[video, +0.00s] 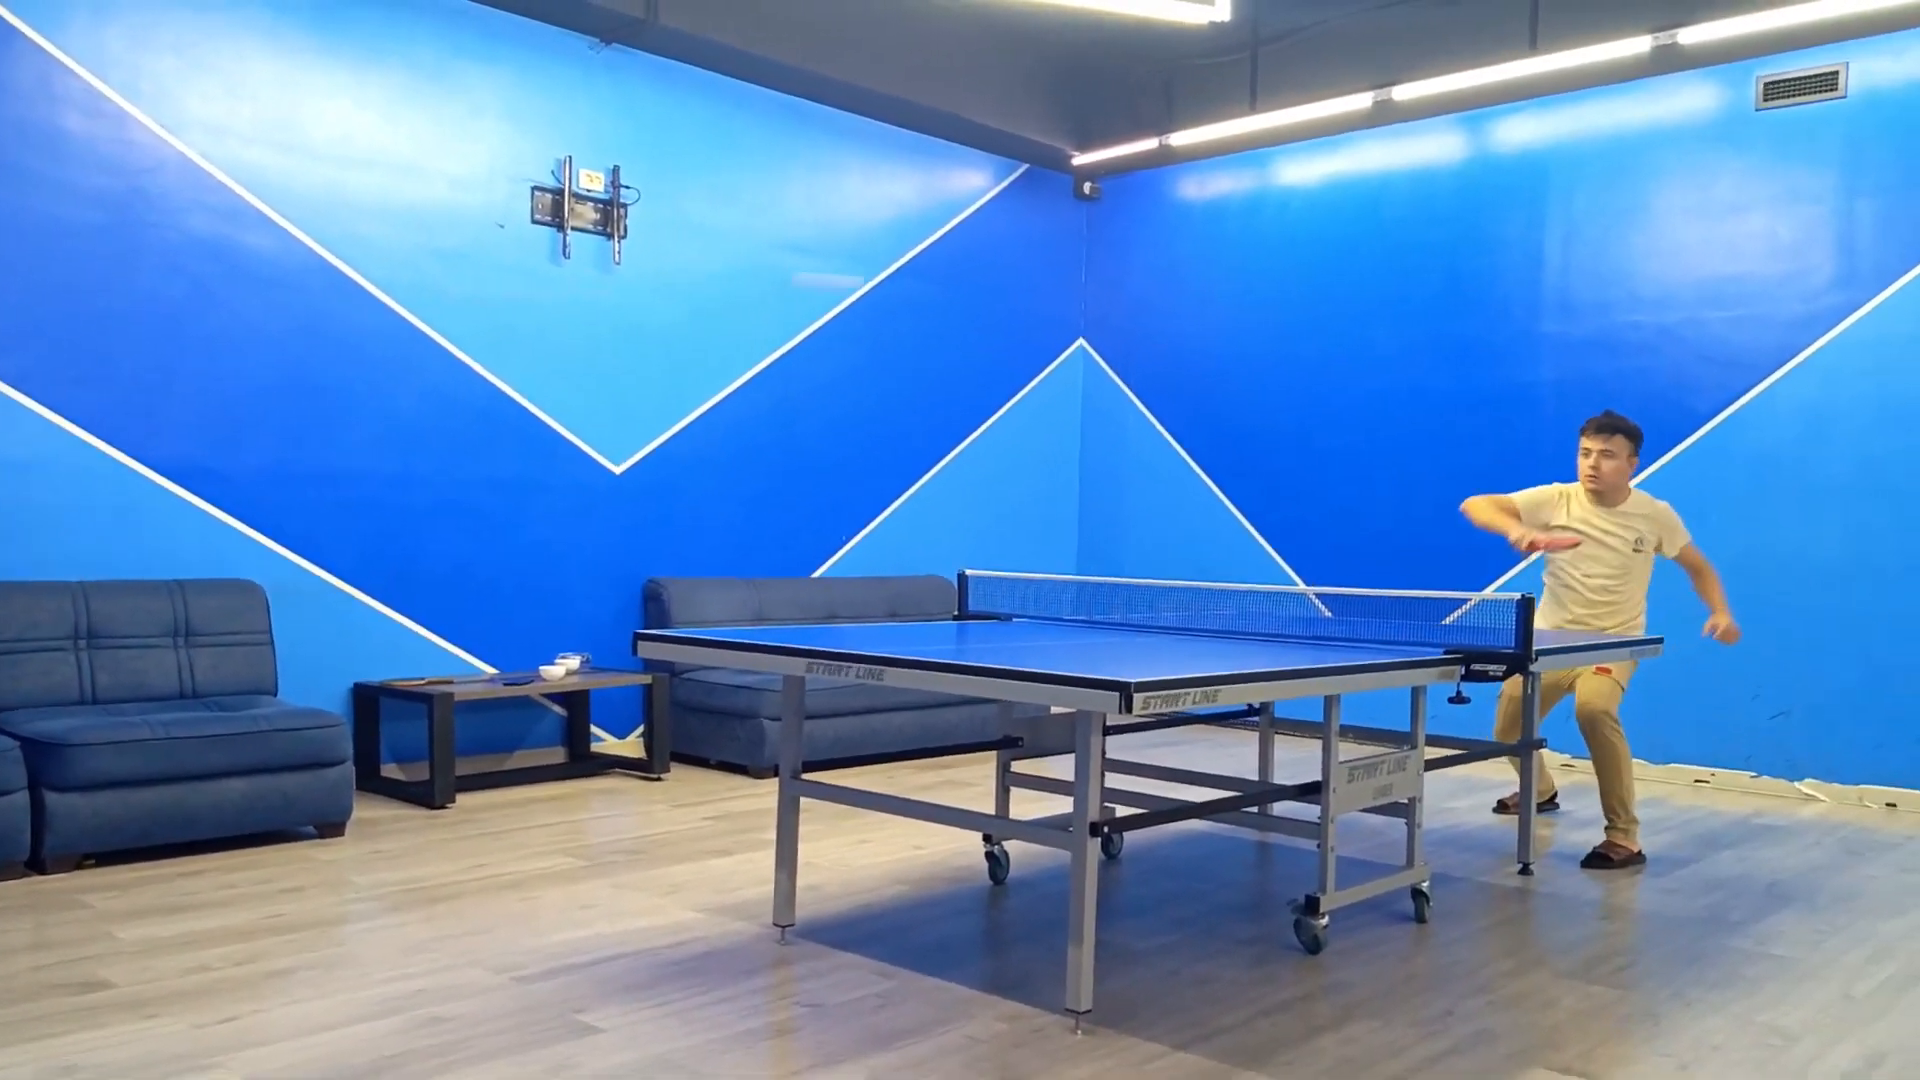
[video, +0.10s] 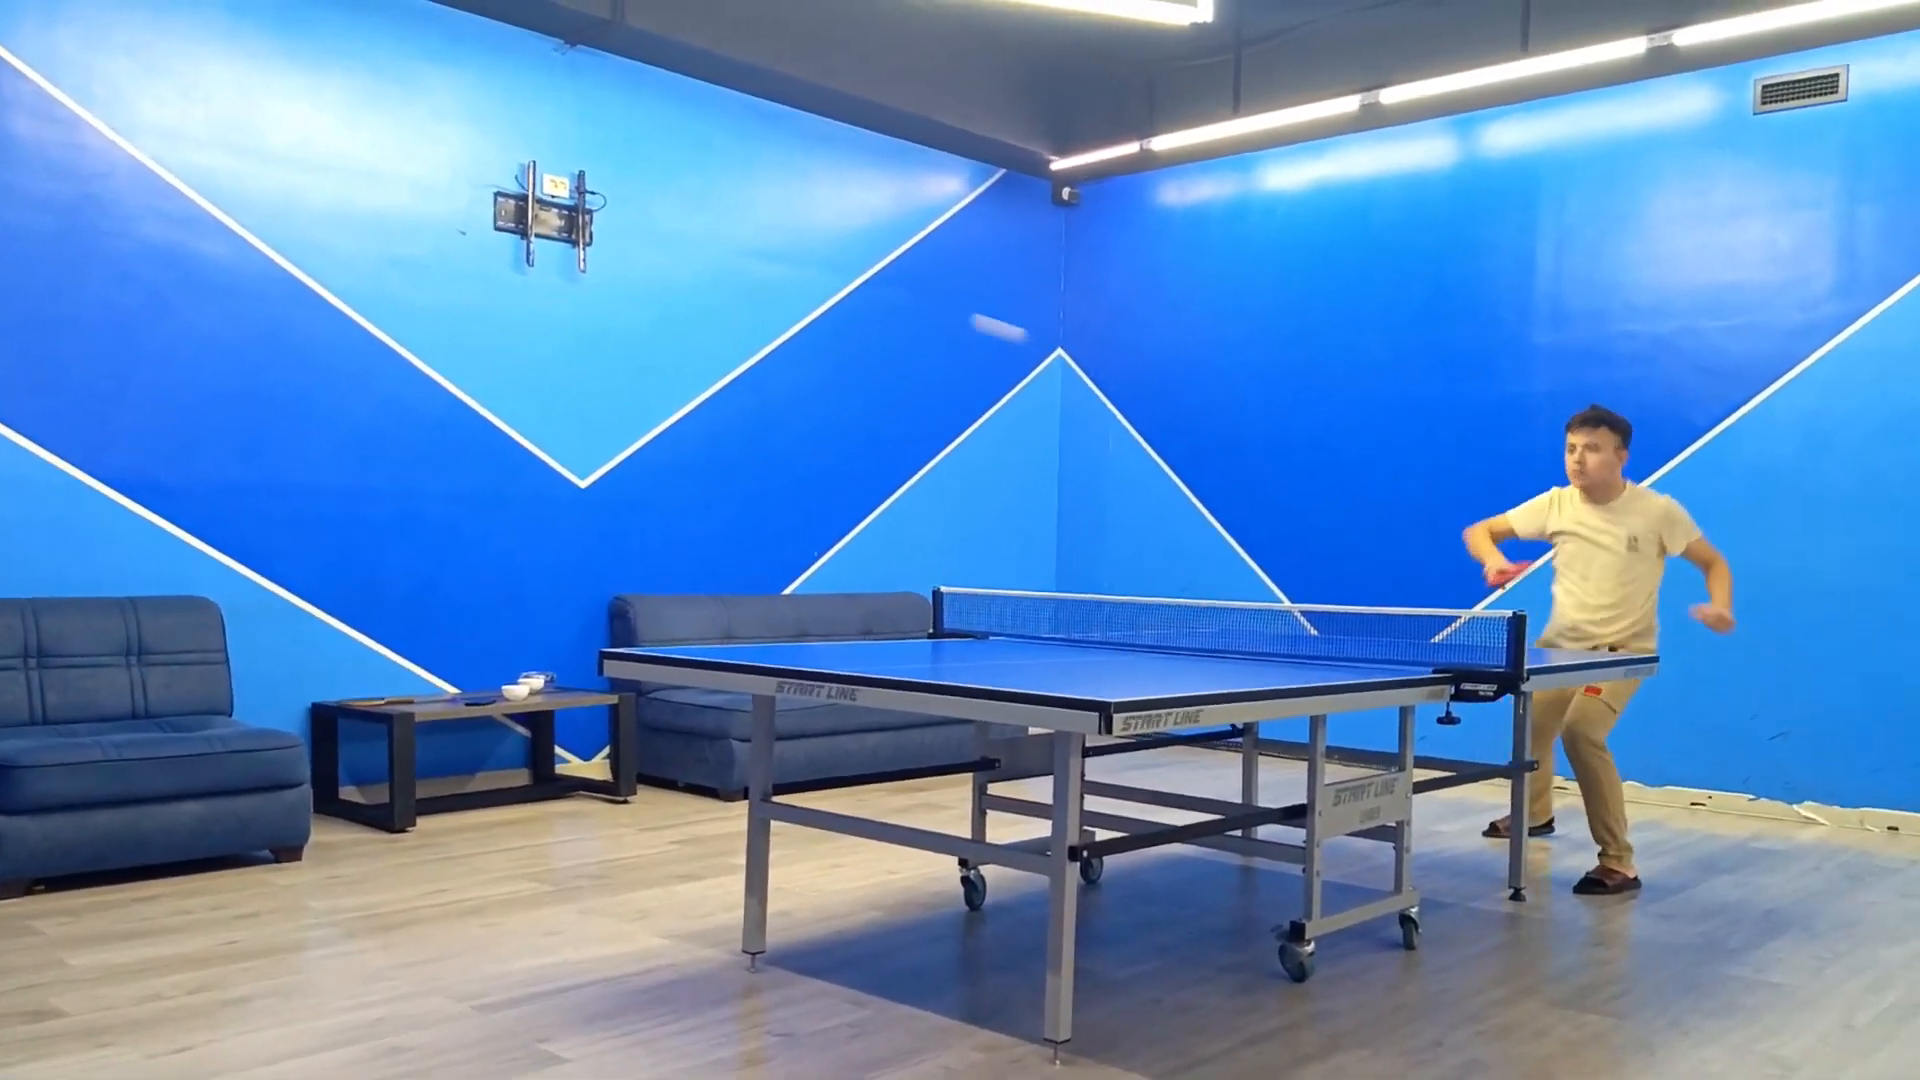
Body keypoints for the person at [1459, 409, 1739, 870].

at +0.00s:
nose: (1592, 463)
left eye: (1606, 455)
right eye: (1585, 453)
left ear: (1632, 466)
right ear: (1578, 456)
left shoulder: (1655, 517)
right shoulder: (1556, 500)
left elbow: (1696, 566)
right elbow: (1474, 506)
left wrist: (1721, 610)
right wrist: (1514, 528)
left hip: (1613, 644)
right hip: (1552, 640)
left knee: (1593, 710)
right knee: (1512, 702)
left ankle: (1622, 837)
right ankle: (1538, 787)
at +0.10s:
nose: (1576, 459)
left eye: (1591, 449)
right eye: (1572, 448)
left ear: (1622, 457)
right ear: (1566, 453)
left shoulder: (1658, 512)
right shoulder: (1557, 504)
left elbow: (1713, 563)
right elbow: (1476, 532)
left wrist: (1721, 606)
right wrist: (1494, 561)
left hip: (1623, 653)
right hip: (1561, 648)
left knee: (1581, 731)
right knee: (1533, 720)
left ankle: (1617, 863)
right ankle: (1534, 812)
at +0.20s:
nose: (1563, 446)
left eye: (1576, 436)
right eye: (1558, 436)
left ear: (1610, 440)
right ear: (1555, 440)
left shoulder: (1648, 494)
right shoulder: (1565, 495)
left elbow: (1710, 562)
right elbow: (1530, 550)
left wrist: (1663, 598)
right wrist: (1496, 581)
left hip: (1633, 650)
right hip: (1578, 647)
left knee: (1585, 747)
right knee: (1552, 739)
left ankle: (1617, 884)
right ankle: (1559, 843)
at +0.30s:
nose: (1561, 439)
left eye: (1572, 428)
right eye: (1555, 430)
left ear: (1606, 429)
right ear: (1553, 435)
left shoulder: (1633, 476)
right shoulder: (1586, 493)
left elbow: (1666, 547)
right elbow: (1594, 574)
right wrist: (1532, 605)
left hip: (1649, 631)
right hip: (1606, 634)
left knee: (1616, 743)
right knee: (1579, 736)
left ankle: (1660, 886)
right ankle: (1607, 845)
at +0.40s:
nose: (1560, 470)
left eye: (1569, 458)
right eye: (1556, 460)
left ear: (1603, 454)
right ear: (1610, 461)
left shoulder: (1615, 487)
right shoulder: (1632, 497)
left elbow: (1578, 536)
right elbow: (1650, 585)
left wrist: (1522, 543)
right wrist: (1613, 645)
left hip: (1659, 647)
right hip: (1637, 647)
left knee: (1641, 767)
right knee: (1594, 743)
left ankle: (1728, 897)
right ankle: (1623, 856)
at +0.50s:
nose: (1562, 508)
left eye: (1571, 497)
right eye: (1562, 498)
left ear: (1605, 496)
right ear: (1617, 502)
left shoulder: (1605, 524)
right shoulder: (1663, 543)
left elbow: (1550, 538)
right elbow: (1709, 620)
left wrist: (1497, 560)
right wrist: (1708, 682)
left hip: (1669, 671)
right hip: (1693, 670)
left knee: (1642, 797)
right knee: (1601, 745)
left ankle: (1738, 910)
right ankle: (1630, 860)